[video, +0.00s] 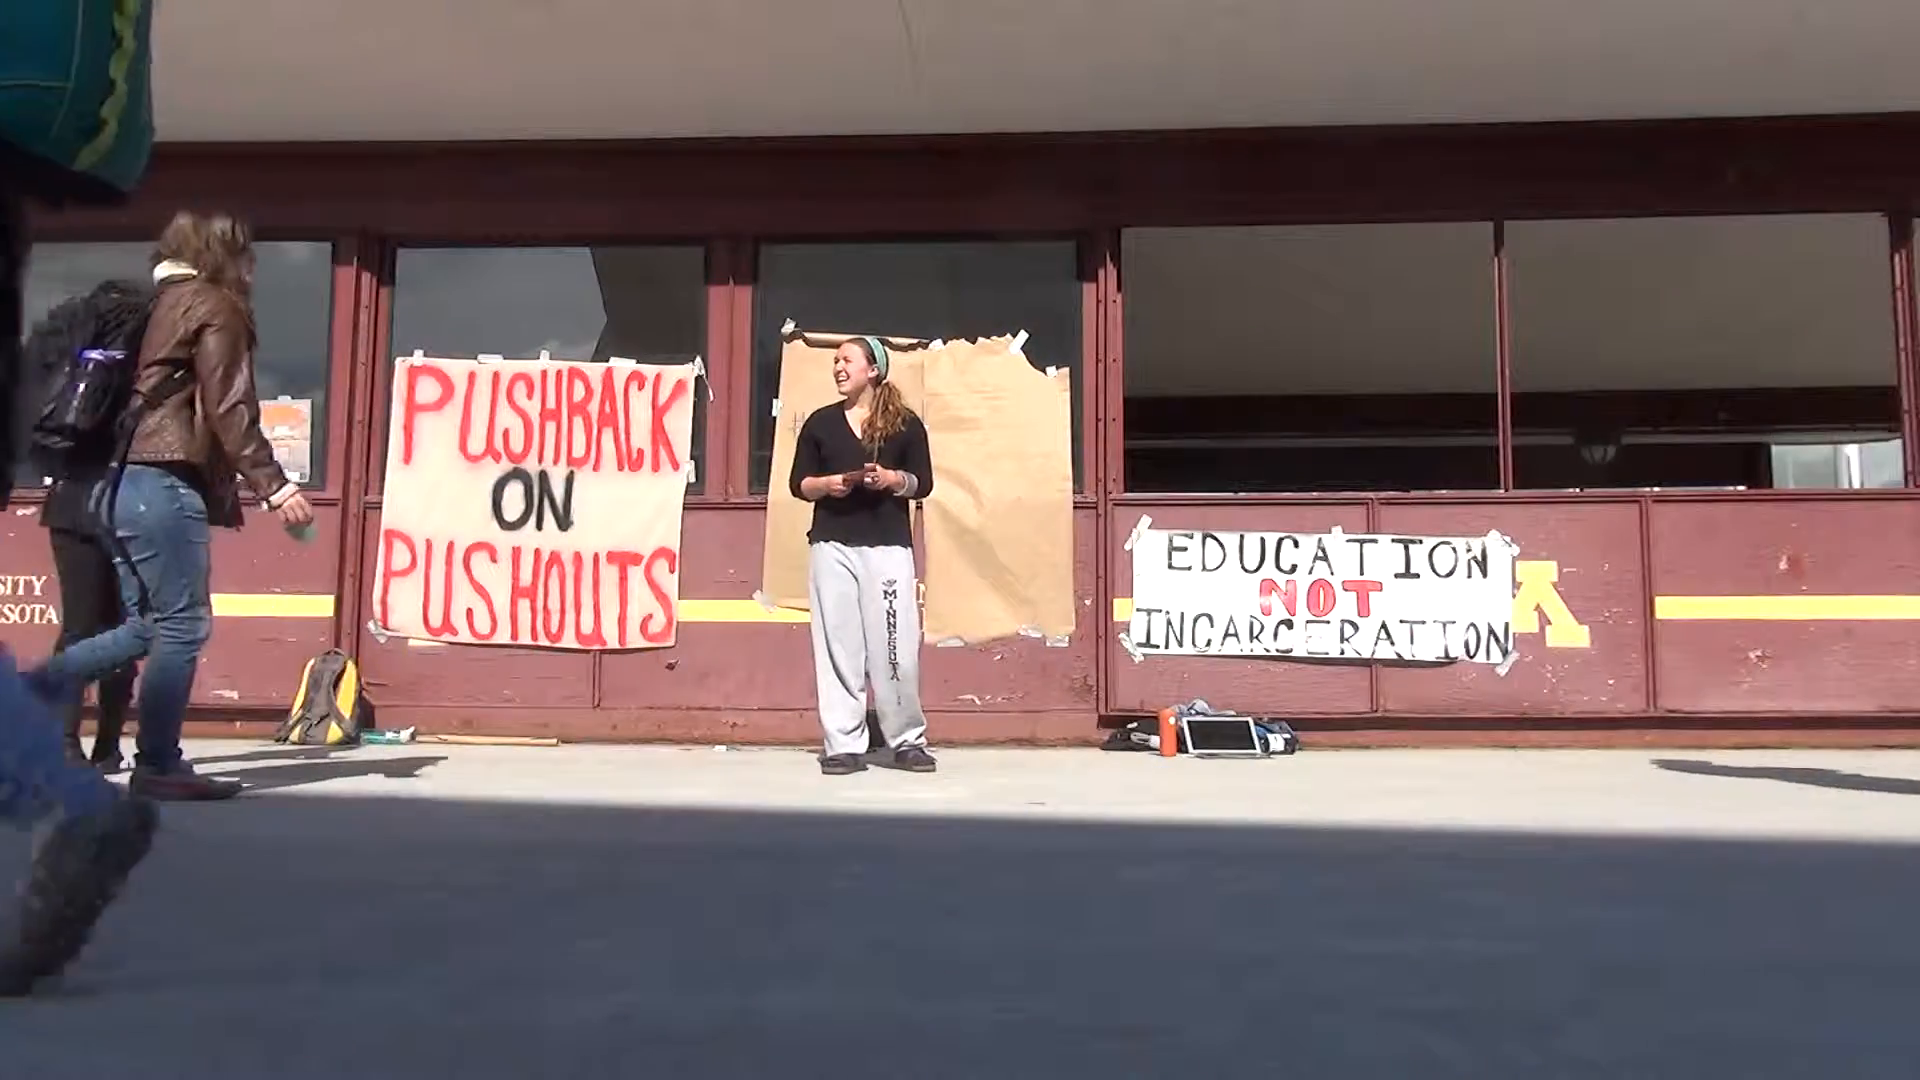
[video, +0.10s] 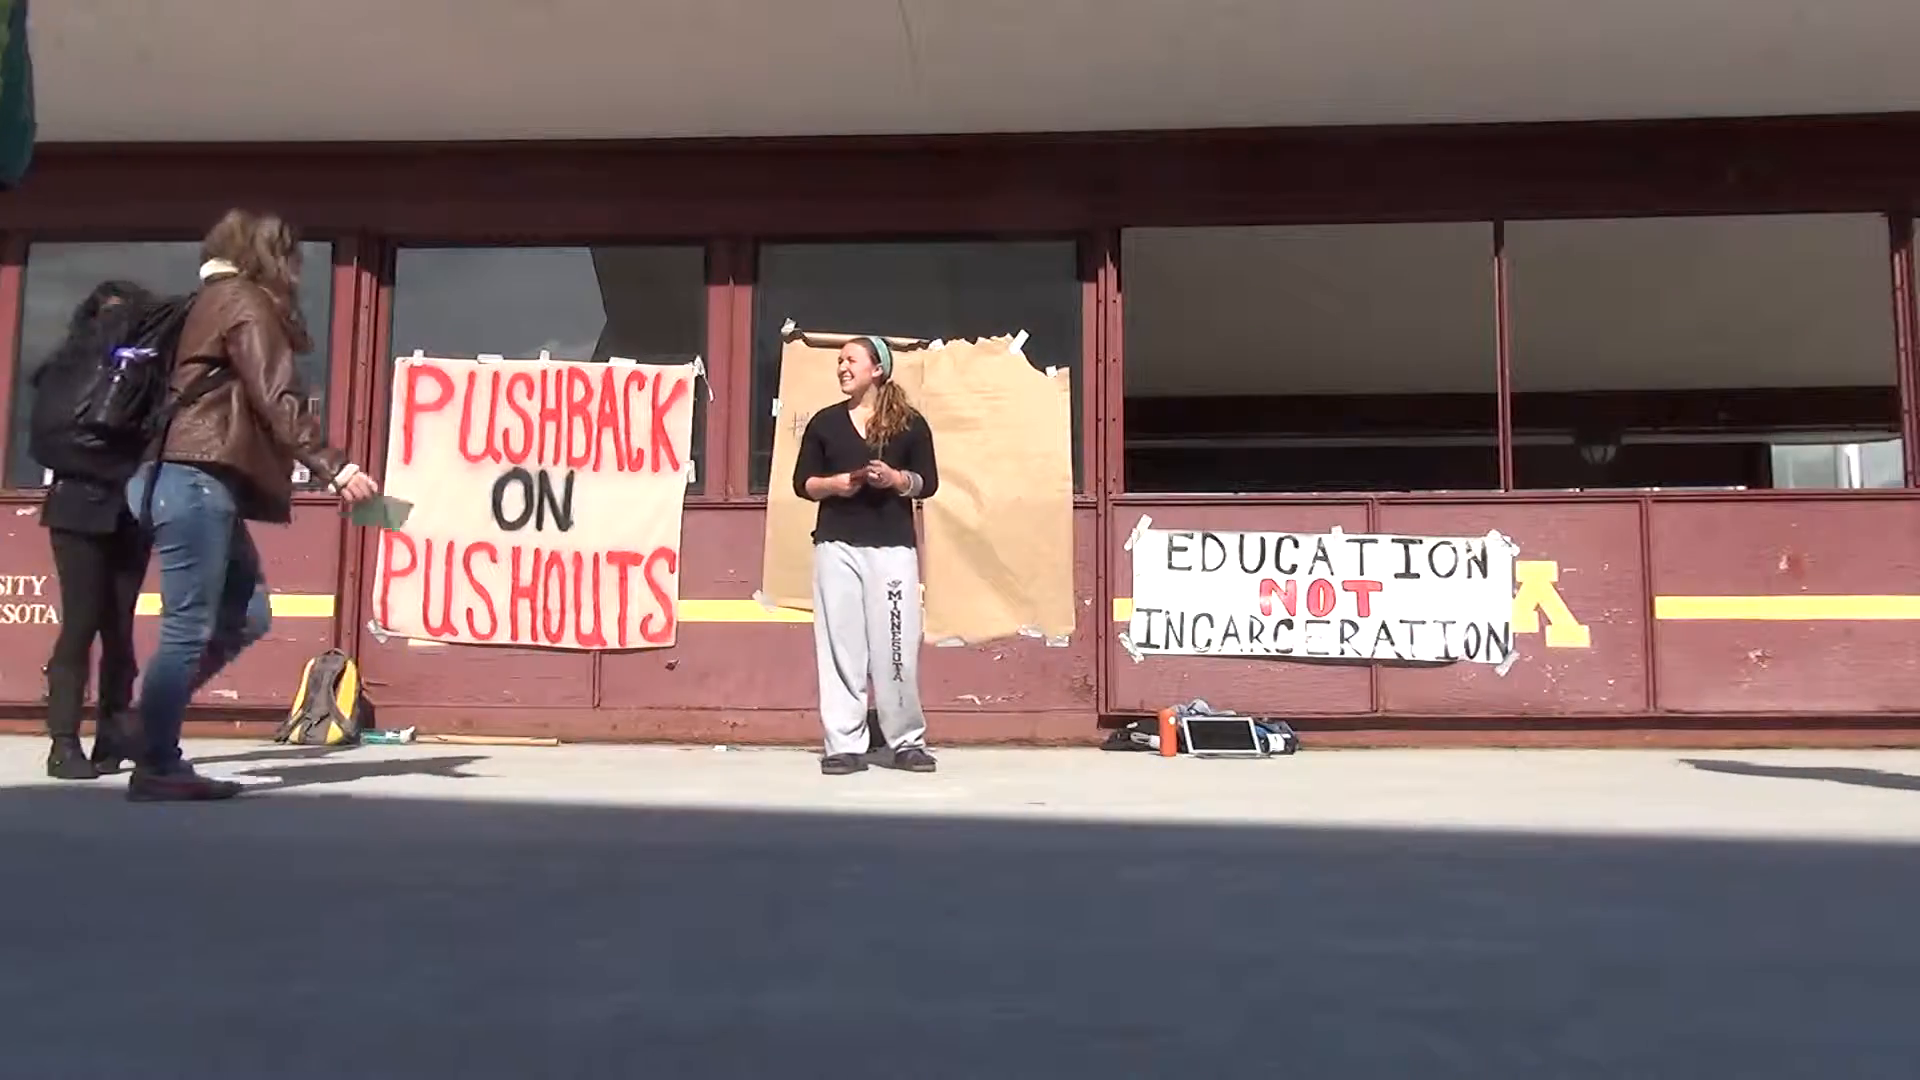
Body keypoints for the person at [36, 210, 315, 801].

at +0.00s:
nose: (247, 266)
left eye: (245, 255)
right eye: (242, 255)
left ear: (185, 251)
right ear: (224, 253)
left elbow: (160, 401)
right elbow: (228, 406)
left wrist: (216, 482)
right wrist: (279, 486)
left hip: (127, 485)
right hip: (164, 488)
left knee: (150, 624)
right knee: (182, 629)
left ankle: (37, 687)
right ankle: (160, 768)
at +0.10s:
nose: (292, 264)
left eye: (290, 253)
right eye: (287, 253)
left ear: (232, 249)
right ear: (270, 252)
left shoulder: (219, 296)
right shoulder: (247, 302)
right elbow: (275, 397)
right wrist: (335, 466)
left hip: (195, 481)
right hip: (196, 483)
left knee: (244, 618)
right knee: (187, 628)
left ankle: (138, 730)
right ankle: (160, 769)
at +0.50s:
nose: (501, 291)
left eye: (500, 281)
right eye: (494, 280)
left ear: (453, 277)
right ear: (466, 281)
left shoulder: (447, 337)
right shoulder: (424, 333)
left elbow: (446, 437)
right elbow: (406, 427)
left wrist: (462, 506)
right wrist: (429, 503)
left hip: (413, 513)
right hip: (375, 505)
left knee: (467, 625)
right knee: (342, 644)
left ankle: (458, 769)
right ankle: (214, 742)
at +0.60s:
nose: (546, 287)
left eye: (545, 276)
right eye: (539, 276)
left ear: (498, 271)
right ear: (512, 274)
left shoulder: (501, 330)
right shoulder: (475, 325)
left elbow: (485, 424)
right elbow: (451, 414)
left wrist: (502, 503)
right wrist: (446, 498)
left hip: (471, 501)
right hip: (433, 497)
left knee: (482, 640)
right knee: (449, 636)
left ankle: (458, 769)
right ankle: (320, 720)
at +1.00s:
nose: (734, 308)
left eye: (734, 297)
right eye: (731, 297)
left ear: (682, 289)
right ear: (711, 296)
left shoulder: (666, 340)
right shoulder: (669, 344)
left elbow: (647, 437)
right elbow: (644, 439)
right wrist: (656, 523)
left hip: (614, 516)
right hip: (631, 516)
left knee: (578, 646)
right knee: (710, 631)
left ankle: (484, 746)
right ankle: (736, 769)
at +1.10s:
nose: (784, 294)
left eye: (782, 282)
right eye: (780, 283)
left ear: (730, 279)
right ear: (762, 283)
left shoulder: (710, 332)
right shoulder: (726, 338)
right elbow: (708, 434)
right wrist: (726, 518)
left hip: (665, 505)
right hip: (689, 508)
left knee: (671, 647)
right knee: (748, 625)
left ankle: (551, 723)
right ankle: (741, 770)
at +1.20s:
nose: (833, 287)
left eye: (832, 274)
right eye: (829, 275)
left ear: (774, 268)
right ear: (811, 275)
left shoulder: (751, 324)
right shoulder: (775, 327)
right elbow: (769, 425)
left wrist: (785, 508)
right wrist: (798, 506)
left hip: (721, 495)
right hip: (735, 497)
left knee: (769, 628)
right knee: (758, 629)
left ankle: (658, 719)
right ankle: (740, 768)